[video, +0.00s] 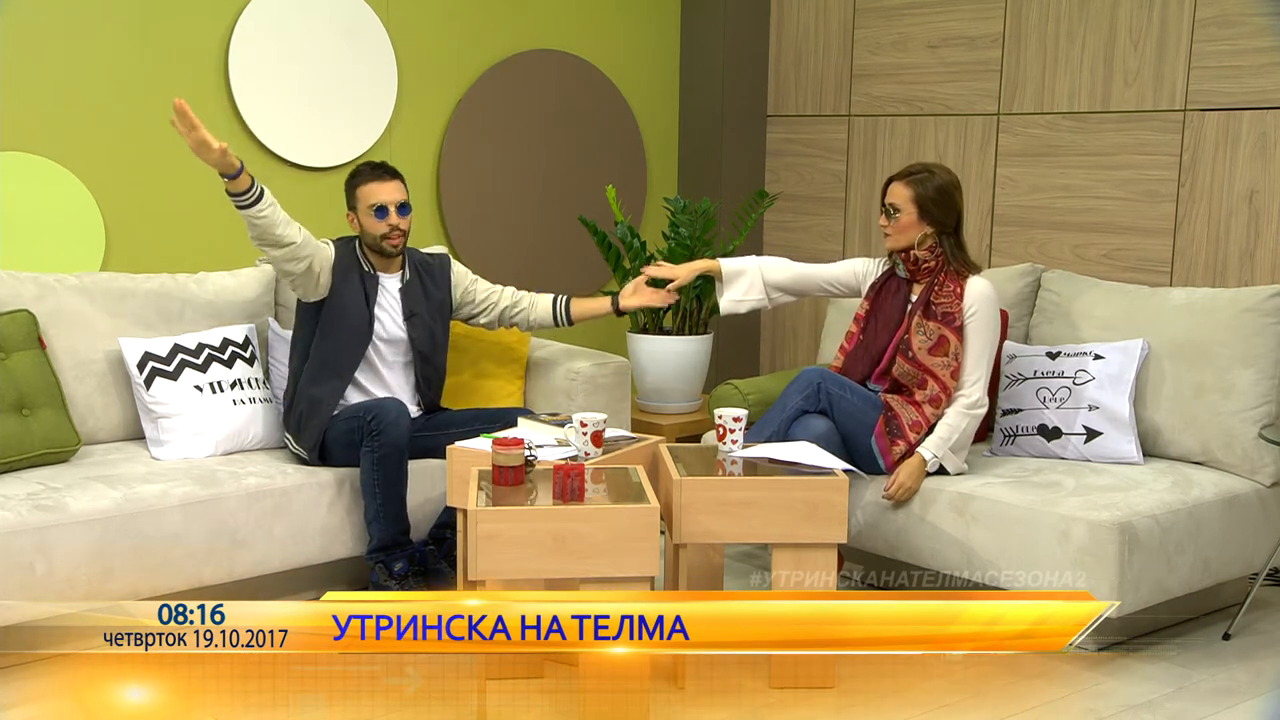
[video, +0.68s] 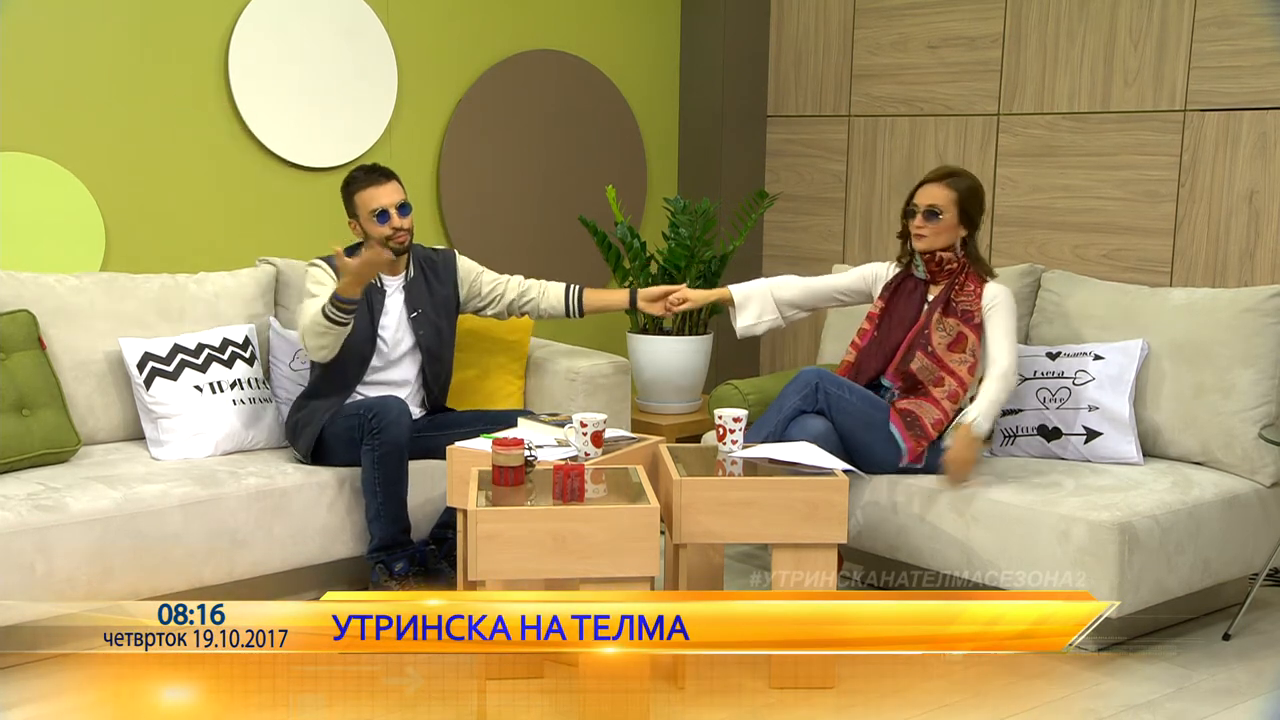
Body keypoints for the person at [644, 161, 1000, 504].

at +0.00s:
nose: (883, 222)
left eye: (895, 213)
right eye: (885, 211)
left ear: (932, 221)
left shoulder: (974, 293)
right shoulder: (880, 273)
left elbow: (971, 398)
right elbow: (793, 275)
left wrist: (922, 460)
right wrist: (702, 266)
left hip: (915, 440)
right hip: (861, 423)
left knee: (816, 379)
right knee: (811, 429)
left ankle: (727, 468)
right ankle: (802, 571)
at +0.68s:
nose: (917, 223)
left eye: (933, 214)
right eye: (914, 213)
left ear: (964, 227)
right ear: (907, 219)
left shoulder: (989, 295)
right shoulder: (890, 276)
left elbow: (1002, 372)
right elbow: (807, 290)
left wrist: (971, 429)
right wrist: (714, 295)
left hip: (922, 436)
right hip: (864, 421)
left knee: (813, 380)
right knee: (809, 431)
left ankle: (734, 468)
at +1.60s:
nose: (949, 230)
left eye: (965, 221)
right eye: (943, 220)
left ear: (992, 233)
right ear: (932, 228)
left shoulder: (1002, 296)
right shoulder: (909, 283)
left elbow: (1049, 240)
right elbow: (822, 289)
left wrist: (1105, 161)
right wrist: (727, 296)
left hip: (924, 433)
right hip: (869, 417)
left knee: (813, 379)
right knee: (805, 431)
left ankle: (732, 466)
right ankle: (808, 448)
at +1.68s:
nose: (949, 230)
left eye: (964, 221)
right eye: (943, 220)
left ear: (992, 233)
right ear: (932, 228)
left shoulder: (1001, 296)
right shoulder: (909, 283)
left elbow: (1048, 242)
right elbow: (823, 290)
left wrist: (1105, 163)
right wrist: (728, 297)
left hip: (924, 433)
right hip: (869, 417)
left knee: (813, 379)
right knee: (805, 430)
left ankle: (732, 465)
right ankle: (807, 448)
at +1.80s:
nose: (947, 230)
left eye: (962, 221)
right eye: (941, 220)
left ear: (992, 233)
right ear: (931, 229)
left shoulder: (1002, 297)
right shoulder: (909, 284)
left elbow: (1049, 242)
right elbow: (822, 291)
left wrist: (1106, 164)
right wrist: (729, 298)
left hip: (924, 433)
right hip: (868, 417)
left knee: (815, 379)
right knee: (803, 435)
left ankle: (736, 460)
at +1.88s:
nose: (943, 229)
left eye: (958, 221)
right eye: (938, 220)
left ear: (990, 232)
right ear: (931, 228)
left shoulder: (1003, 297)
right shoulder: (908, 283)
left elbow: (1050, 243)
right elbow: (823, 291)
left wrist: (1107, 164)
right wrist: (730, 298)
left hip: (924, 434)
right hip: (868, 417)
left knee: (814, 378)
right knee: (805, 431)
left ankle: (733, 460)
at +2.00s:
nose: (940, 229)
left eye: (954, 220)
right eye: (937, 220)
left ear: (988, 231)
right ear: (932, 229)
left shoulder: (1004, 296)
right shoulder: (908, 282)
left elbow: (1050, 243)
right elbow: (823, 290)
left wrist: (1110, 164)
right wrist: (728, 297)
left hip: (924, 433)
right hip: (867, 416)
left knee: (814, 379)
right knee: (804, 428)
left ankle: (733, 466)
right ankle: (806, 450)